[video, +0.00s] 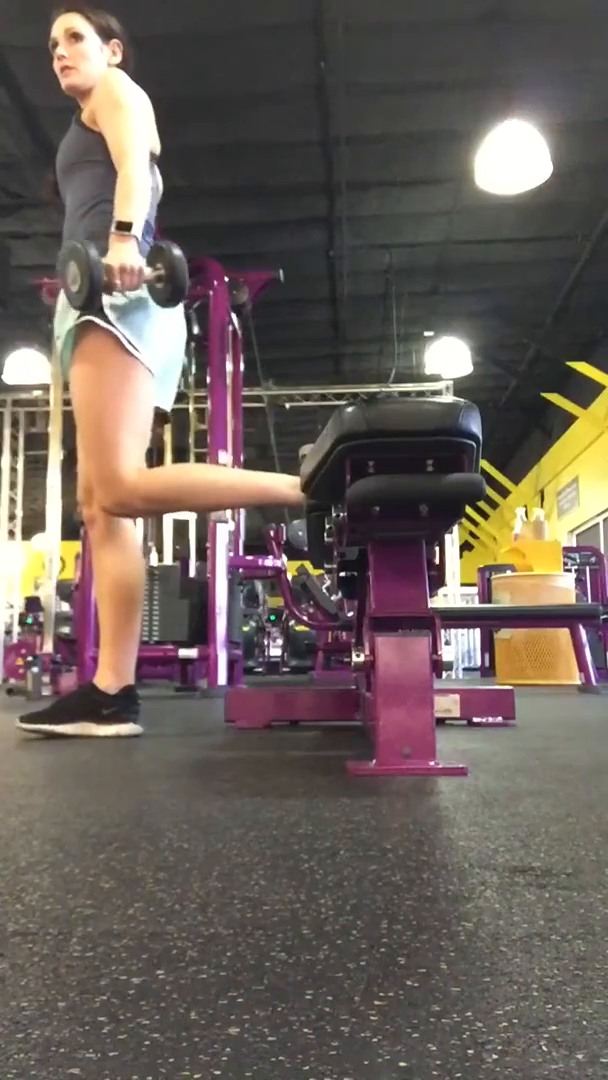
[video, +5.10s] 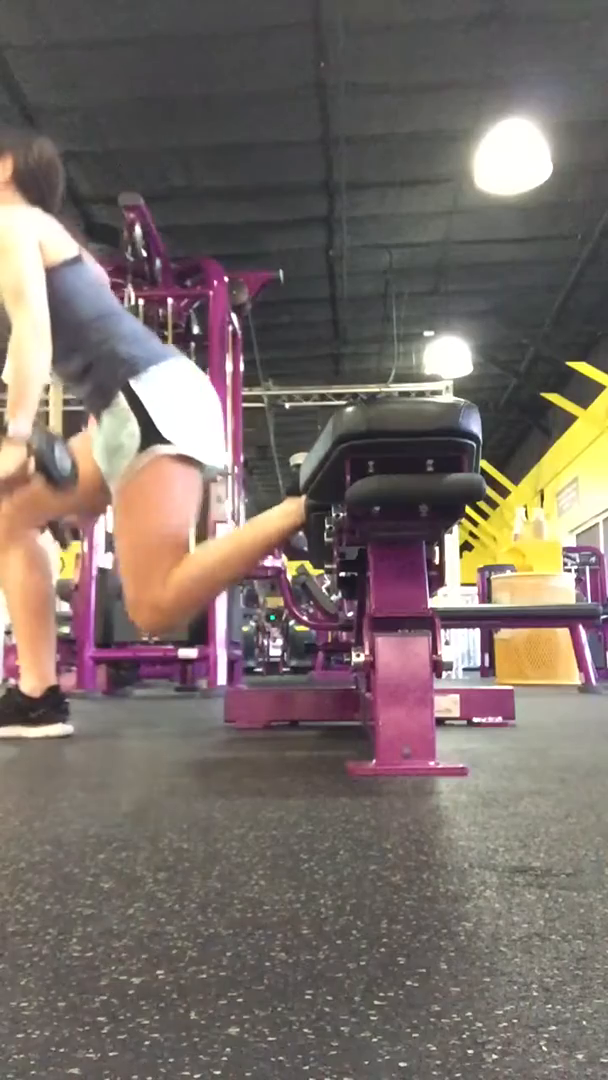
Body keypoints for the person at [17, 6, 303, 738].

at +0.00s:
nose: (60, 53)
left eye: (74, 40)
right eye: (54, 45)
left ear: (112, 50)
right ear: (58, 60)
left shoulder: (116, 91)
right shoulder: (99, 116)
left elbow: (135, 166)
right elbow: (108, 214)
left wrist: (124, 238)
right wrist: (74, 282)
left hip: (119, 298)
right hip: (110, 303)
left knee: (117, 487)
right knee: (100, 505)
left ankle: (305, 490)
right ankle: (112, 690)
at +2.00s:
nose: (46, 123)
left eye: (46, 106)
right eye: (39, 115)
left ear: (79, 83)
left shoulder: (103, 108)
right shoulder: (130, 152)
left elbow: (109, 182)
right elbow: (151, 207)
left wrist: (86, 244)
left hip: (116, 297)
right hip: (135, 311)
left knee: (118, 489)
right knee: (56, 502)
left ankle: (310, 488)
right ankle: (86, 689)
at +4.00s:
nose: (5, 106)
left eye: (11, 93)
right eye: (6, 94)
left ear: (38, 90)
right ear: (54, 98)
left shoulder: (44, 133)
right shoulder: (69, 156)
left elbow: (50, 229)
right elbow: (77, 272)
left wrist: (18, 316)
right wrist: (26, 347)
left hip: (115, 344)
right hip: (103, 358)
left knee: (122, 537)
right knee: (14, 508)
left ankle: (304, 497)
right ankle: (37, 691)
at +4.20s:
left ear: (19, 147)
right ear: (40, 155)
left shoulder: (27, 200)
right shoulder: (51, 217)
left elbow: (40, 298)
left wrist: (23, 398)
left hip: (143, 392)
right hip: (117, 414)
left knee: (148, 592)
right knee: (13, 512)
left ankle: (306, 499)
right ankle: (36, 691)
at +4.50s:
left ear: (6, 244)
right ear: (32, 249)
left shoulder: (22, 297)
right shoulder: (53, 307)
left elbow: (39, 405)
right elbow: (92, 448)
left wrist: (18, 513)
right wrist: (58, 533)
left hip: (183, 452)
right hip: (142, 470)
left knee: (202, 660)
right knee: (25, 514)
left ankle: (301, 512)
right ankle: (38, 693)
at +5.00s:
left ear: (5, 207)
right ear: (26, 212)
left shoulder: (15, 260)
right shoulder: (40, 270)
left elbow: (30, 377)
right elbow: (110, 404)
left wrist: (14, 475)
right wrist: (84, 512)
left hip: (165, 426)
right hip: (133, 441)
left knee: (178, 635)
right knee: (14, 511)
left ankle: (303, 507)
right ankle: (37, 693)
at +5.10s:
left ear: (10, 169)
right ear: (29, 176)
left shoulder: (17, 223)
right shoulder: (35, 235)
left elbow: (31, 328)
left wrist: (17, 431)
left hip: (154, 399)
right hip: (121, 422)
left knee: (156, 605)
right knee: (10, 513)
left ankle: (305, 503)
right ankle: (37, 693)